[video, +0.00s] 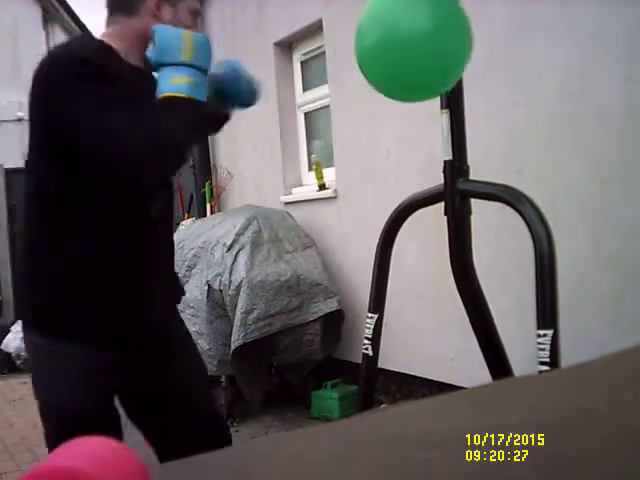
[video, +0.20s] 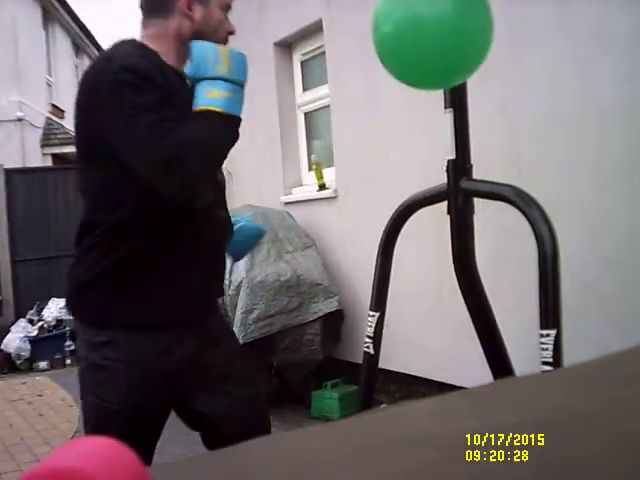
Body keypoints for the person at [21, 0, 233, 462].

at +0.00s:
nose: (197, 31)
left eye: (198, 17)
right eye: (191, 14)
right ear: (157, 9)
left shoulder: (150, 84)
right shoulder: (70, 68)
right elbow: (133, 158)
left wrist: (213, 105)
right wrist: (182, 91)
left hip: (143, 313)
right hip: (68, 321)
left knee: (206, 456)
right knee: (88, 470)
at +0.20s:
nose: (232, 27)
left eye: (230, 12)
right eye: (224, 10)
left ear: (187, 12)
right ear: (188, 9)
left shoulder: (182, 85)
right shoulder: (119, 76)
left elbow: (184, 194)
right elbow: (179, 175)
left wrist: (226, 233)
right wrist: (220, 92)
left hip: (191, 317)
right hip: (126, 324)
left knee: (250, 446)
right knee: (113, 468)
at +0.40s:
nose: (260, 13)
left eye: (257, 3)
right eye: (253, 2)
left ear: (214, 9)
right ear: (217, 7)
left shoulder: (215, 73)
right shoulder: (133, 63)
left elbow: (216, 125)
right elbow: (155, 165)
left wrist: (278, 105)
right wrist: (223, 101)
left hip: (205, 302)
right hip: (131, 305)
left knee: (249, 456)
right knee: (92, 463)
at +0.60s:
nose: (230, 17)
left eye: (229, 5)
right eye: (225, 4)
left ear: (190, 6)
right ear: (191, 3)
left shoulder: (188, 76)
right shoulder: (110, 67)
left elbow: (207, 145)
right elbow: (145, 162)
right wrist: (203, 89)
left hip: (194, 307)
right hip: (122, 311)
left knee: (238, 458)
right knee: (88, 466)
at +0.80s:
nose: (170, 46)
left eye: (171, 32)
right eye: (166, 28)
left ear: (130, 21)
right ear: (132, 18)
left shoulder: (115, 104)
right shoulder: (50, 88)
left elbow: (125, 192)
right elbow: (104, 188)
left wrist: (171, 154)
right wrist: (154, 125)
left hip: (139, 347)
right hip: (67, 355)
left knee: (208, 464)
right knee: (72, 476)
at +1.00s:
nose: (104, 52)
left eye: (108, 39)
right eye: (103, 35)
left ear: (65, 19)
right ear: (67, 18)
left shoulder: (37, 103)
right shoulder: (8, 91)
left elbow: (66, 189)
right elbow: (47, 190)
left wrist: (100, 114)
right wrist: (96, 108)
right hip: (32, 338)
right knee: (123, 450)